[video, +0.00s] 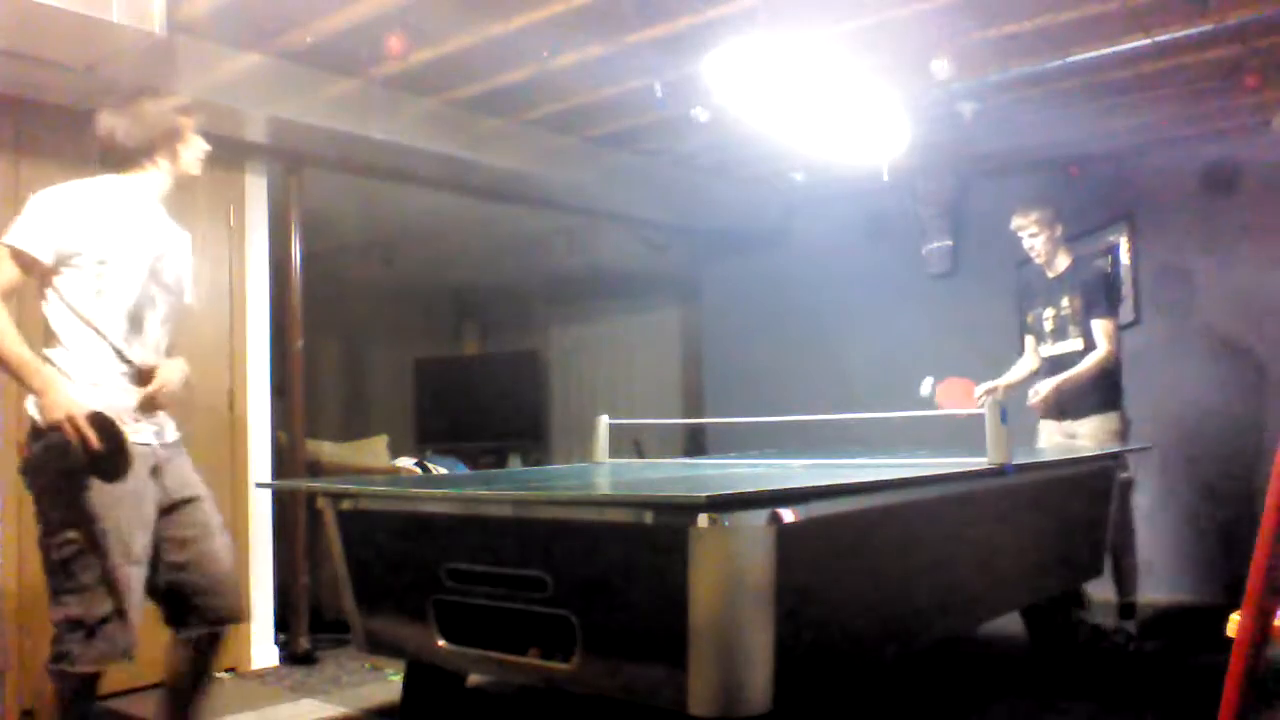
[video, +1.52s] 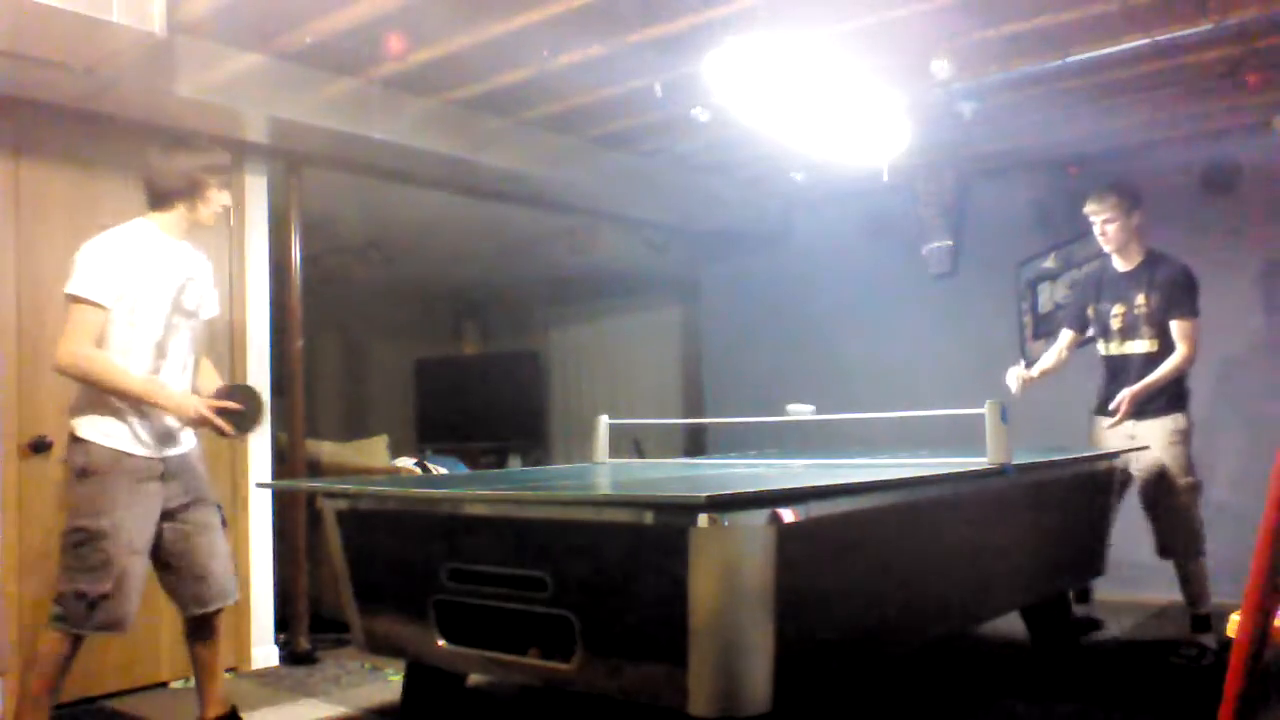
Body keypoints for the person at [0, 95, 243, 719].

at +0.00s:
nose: (204, 144)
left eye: (199, 132)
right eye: (193, 131)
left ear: (155, 143)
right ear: (162, 142)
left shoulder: (176, 240)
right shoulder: (69, 206)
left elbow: (156, 343)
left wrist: (177, 368)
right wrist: (44, 384)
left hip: (154, 438)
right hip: (81, 439)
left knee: (213, 602)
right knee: (91, 636)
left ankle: (177, 715)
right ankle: (72, 715)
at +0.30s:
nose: (178, 163)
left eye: (178, 149)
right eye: (169, 149)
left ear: (144, 153)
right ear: (133, 151)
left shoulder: (151, 249)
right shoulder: (52, 223)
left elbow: (143, 356)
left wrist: (196, 359)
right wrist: (74, 387)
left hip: (115, 445)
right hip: (55, 440)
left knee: (83, 619)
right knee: (65, 624)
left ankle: (59, 709)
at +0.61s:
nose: (171, 173)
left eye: (171, 161)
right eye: (162, 160)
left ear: (131, 165)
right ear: (127, 161)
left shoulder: (138, 249)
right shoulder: (51, 228)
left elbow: (125, 334)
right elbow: (12, 330)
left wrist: (158, 367)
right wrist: (113, 365)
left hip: (109, 434)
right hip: (54, 430)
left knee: (105, 584)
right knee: (72, 585)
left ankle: (57, 701)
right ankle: (63, 710)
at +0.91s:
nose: (159, 176)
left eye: (158, 163)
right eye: (150, 162)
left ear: (127, 168)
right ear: (116, 164)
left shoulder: (132, 252)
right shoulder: (46, 232)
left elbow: (123, 344)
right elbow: (13, 333)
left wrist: (163, 372)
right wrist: (117, 367)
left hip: (121, 446)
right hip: (58, 444)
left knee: (100, 612)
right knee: (42, 612)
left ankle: (76, 716)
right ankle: (19, 715)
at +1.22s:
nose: (172, 181)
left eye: (170, 168)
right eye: (163, 168)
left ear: (136, 174)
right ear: (129, 172)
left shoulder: (144, 256)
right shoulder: (53, 239)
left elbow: (135, 341)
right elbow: (18, 342)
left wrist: (170, 376)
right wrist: (125, 379)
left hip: (135, 443)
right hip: (65, 447)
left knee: (181, 583)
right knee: (54, 607)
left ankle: (167, 708)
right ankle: (21, 713)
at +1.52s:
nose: (228, 199)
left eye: (227, 186)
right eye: (220, 186)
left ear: (196, 190)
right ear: (186, 188)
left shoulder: (198, 268)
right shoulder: (110, 251)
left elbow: (191, 356)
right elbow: (72, 353)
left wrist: (221, 398)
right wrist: (171, 399)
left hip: (177, 448)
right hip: (110, 448)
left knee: (209, 591)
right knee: (85, 598)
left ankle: (215, 712)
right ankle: (30, 713)